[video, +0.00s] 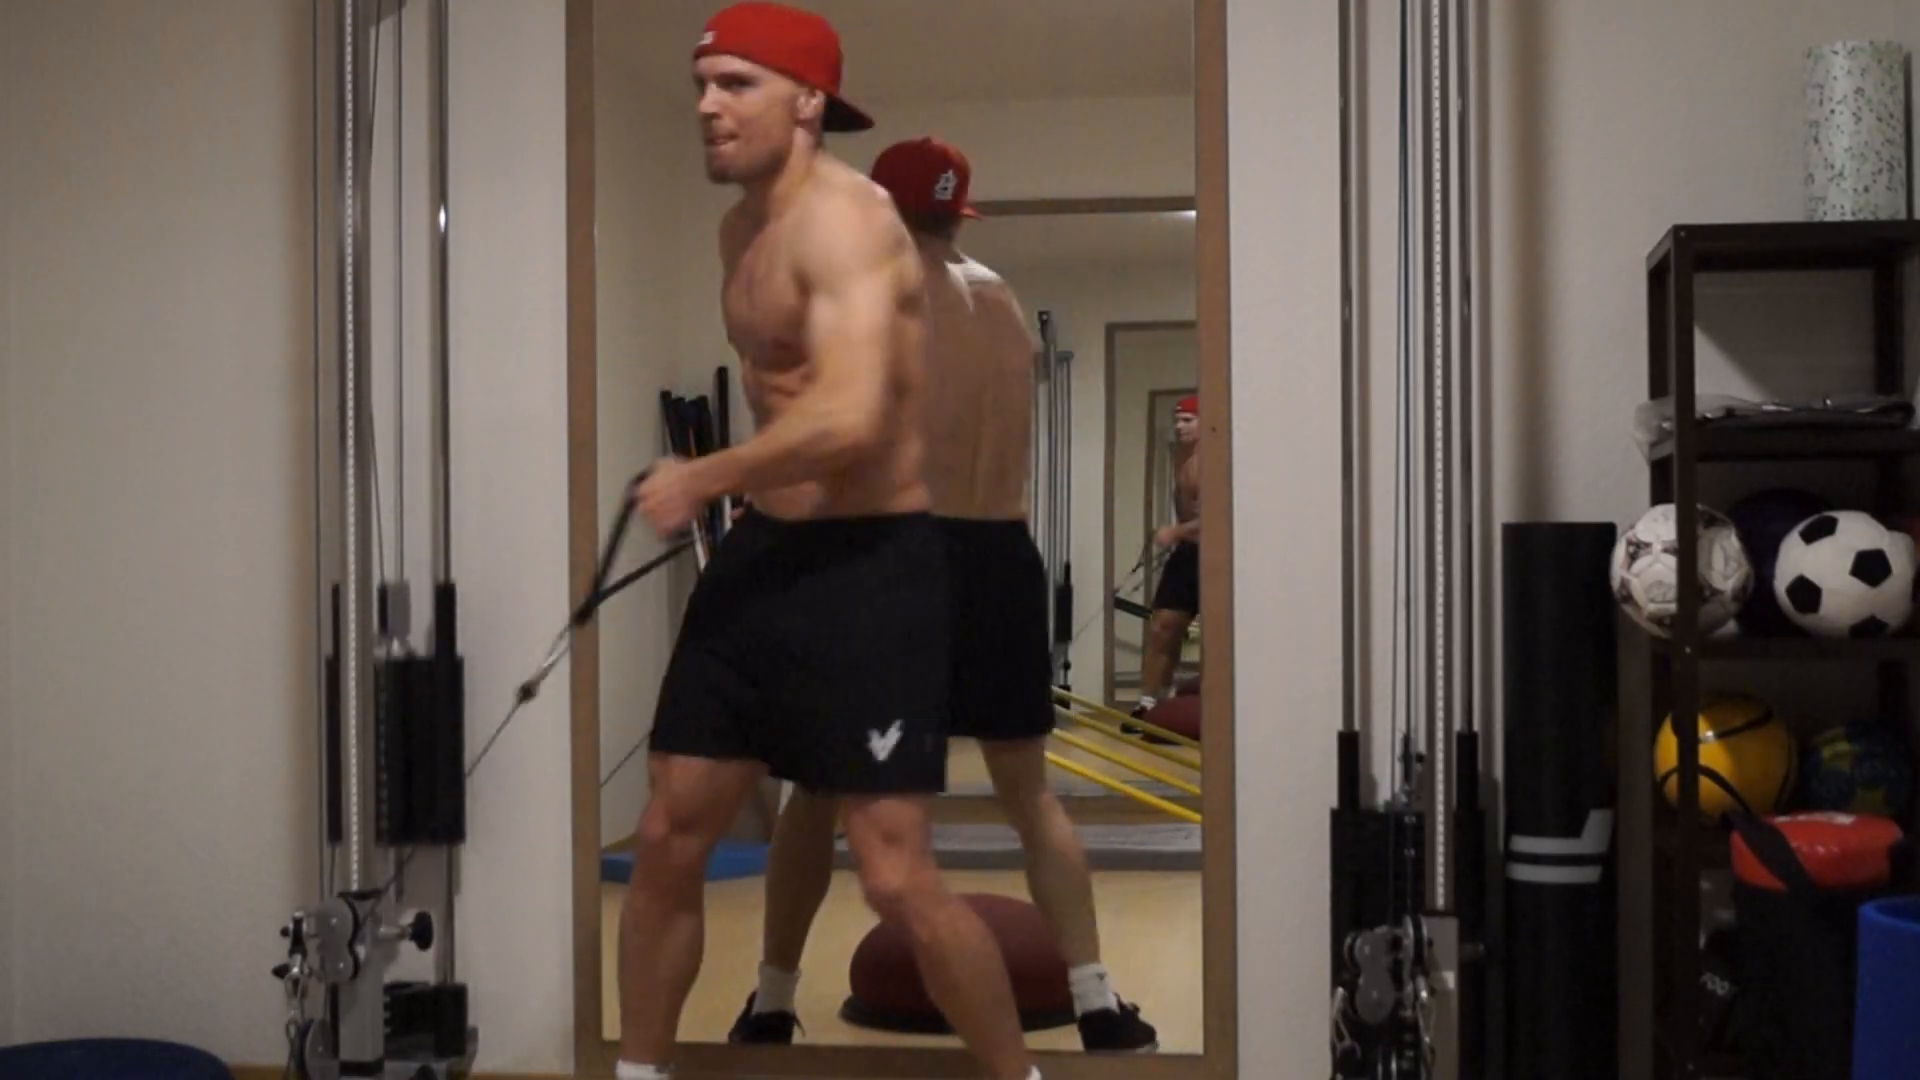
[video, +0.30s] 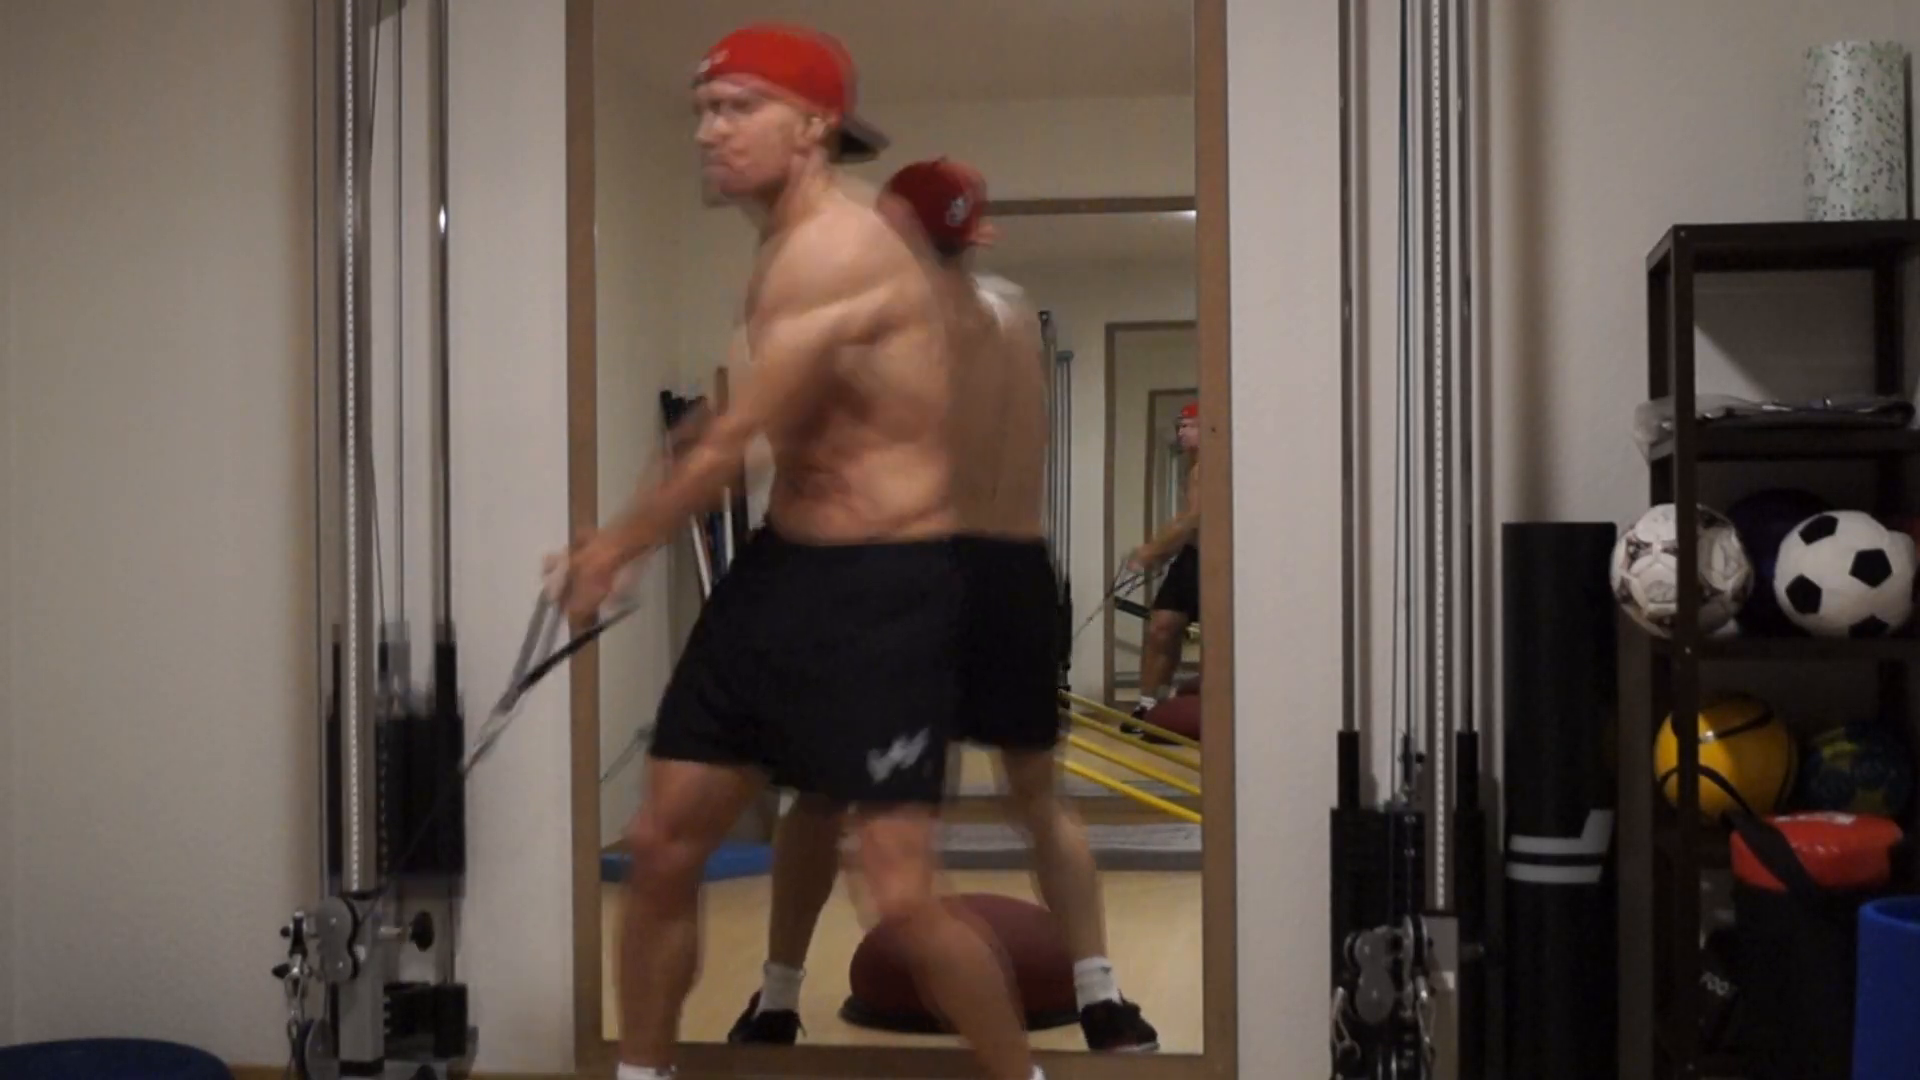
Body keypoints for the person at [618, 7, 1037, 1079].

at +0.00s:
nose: (710, 105)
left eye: (737, 86)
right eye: (704, 86)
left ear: (807, 105)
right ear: (701, 101)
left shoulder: (850, 219)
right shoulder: (742, 225)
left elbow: (854, 415)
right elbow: (780, 388)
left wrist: (702, 479)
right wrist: (746, 518)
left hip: (875, 570)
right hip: (762, 562)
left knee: (898, 880)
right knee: (669, 840)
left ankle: (1016, 1071)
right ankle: (639, 1073)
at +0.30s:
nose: (712, 131)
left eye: (739, 107)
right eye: (707, 110)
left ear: (812, 125)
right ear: (713, 124)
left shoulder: (839, 245)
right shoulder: (792, 244)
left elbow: (740, 438)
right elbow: (778, 403)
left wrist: (617, 544)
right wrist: (706, 438)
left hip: (890, 590)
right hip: (781, 583)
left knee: (897, 894)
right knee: (663, 850)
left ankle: (1019, 1071)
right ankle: (643, 1073)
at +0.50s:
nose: (803, 97)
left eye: (832, 82)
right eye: (785, 79)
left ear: (873, 116)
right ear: (759, 103)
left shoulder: (911, 248)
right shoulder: (692, 236)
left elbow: (975, 341)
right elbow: (602, 415)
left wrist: (939, 460)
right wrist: (735, 487)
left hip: (860, 570)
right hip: (711, 571)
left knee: (961, 839)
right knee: (646, 860)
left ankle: (1044, 1072)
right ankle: (607, 1075)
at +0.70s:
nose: (690, 96)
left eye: (721, 78)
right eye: (680, 74)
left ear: (779, 100)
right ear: (664, 89)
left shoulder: (842, 223)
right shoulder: (628, 237)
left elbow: (993, 328)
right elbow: (517, 344)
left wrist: (930, 471)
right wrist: (514, 375)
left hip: (819, 561)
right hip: (678, 559)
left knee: (915, 841)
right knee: (615, 846)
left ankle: (1010, 1071)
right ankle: (609, 1074)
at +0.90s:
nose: (715, 89)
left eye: (746, 71)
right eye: (704, 67)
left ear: (804, 94)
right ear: (686, 83)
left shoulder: (863, 220)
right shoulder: (649, 228)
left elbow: (1009, 333)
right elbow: (520, 352)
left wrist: (942, 476)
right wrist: (584, 407)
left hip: (837, 561)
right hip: (691, 558)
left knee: (924, 843)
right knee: (626, 844)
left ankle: (1004, 1070)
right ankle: (610, 1074)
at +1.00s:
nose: (761, 90)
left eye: (791, 71)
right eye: (746, 67)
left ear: (842, 97)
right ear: (724, 86)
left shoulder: (900, 225)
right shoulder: (672, 228)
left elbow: (1015, 337)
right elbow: (549, 380)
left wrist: (958, 474)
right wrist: (669, 439)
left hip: (858, 559)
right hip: (709, 560)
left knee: (943, 843)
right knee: (643, 849)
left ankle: (1013, 1072)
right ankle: (612, 1073)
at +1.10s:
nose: (854, 103)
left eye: (879, 85)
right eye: (833, 77)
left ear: (902, 109)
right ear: (789, 89)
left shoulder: (932, 230)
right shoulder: (722, 224)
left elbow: (987, 351)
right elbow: (653, 413)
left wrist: (964, 477)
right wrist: (812, 488)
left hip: (886, 549)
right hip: (737, 552)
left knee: (966, 837)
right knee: (667, 848)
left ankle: (1018, 1071)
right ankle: (613, 1073)